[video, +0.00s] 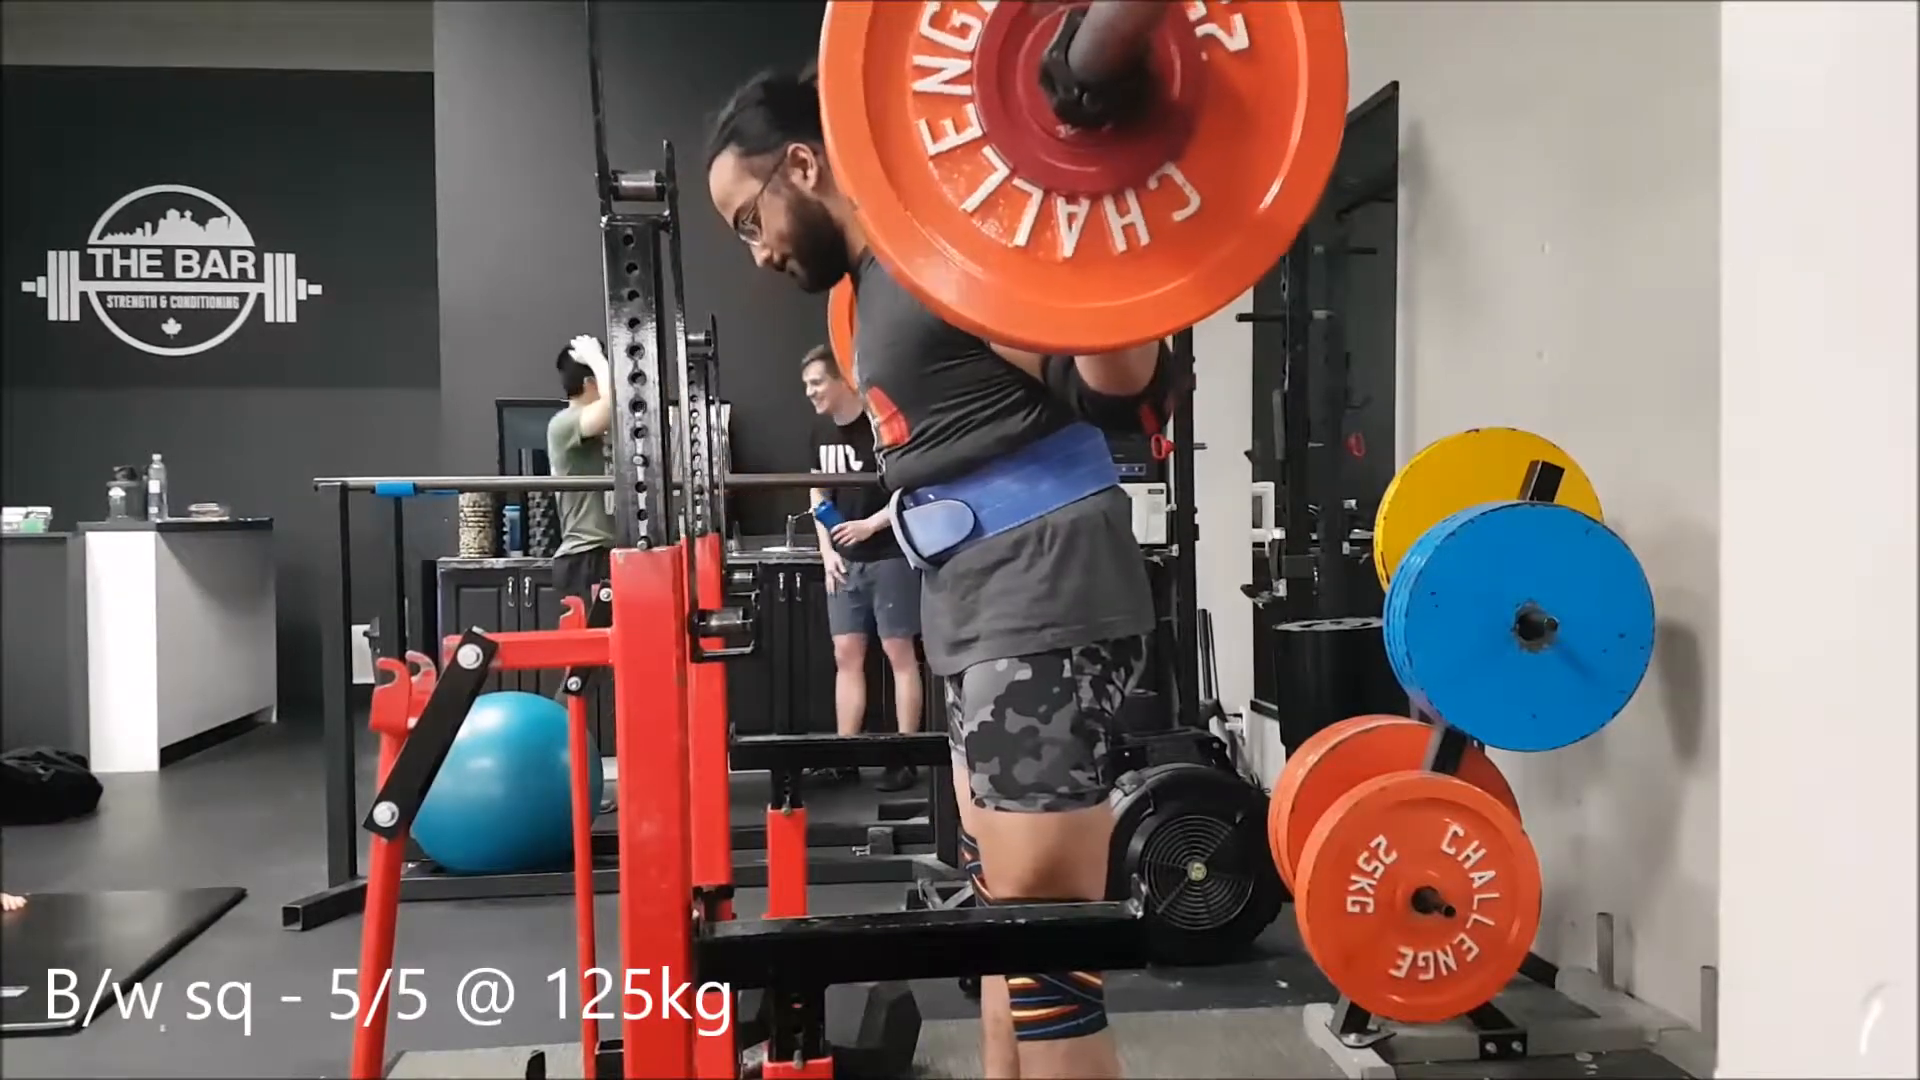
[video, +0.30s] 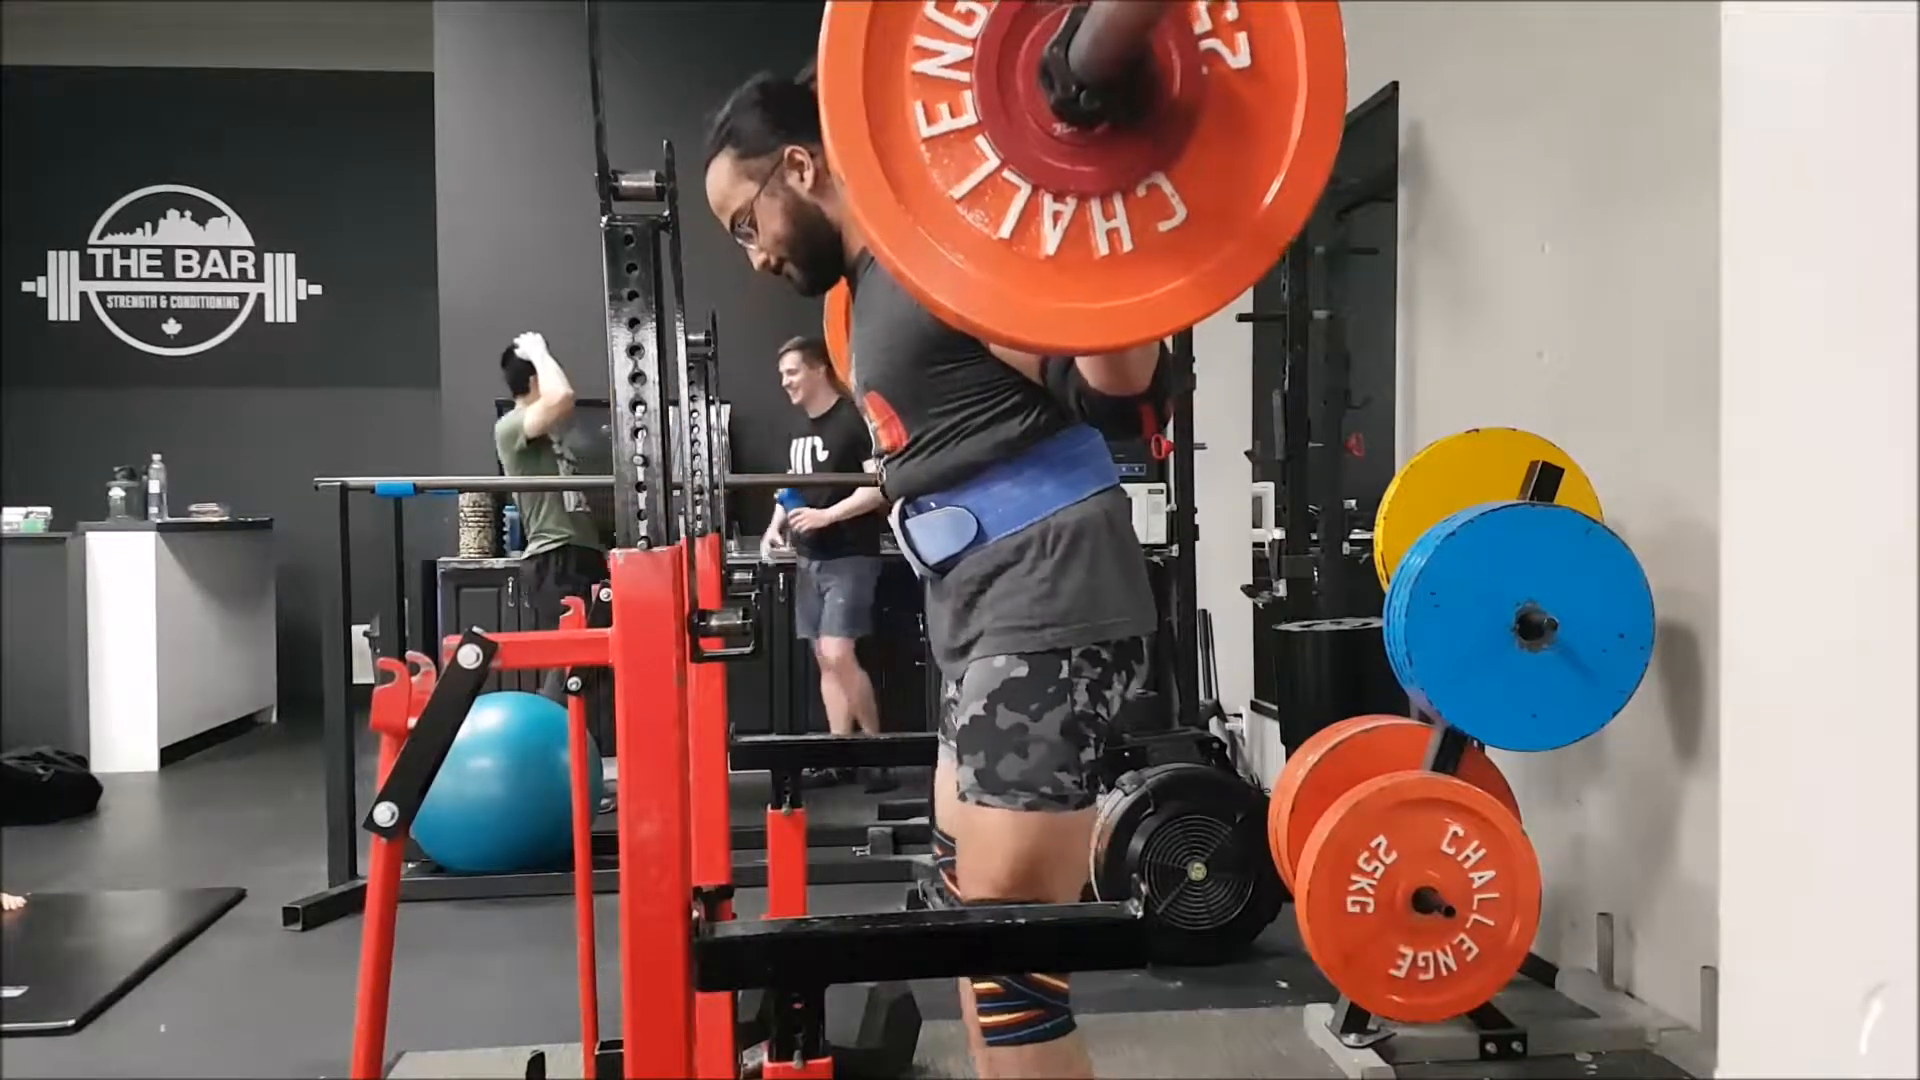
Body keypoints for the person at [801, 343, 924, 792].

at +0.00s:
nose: (811, 392)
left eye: (818, 383)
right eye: (807, 386)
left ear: (846, 380)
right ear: (811, 389)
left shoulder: (888, 427)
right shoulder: (823, 434)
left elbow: (915, 490)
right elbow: (819, 499)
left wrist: (872, 523)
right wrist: (827, 552)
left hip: (890, 556)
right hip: (844, 559)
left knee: (899, 652)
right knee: (846, 652)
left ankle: (905, 756)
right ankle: (845, 755)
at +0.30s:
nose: (786, 382)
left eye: (793, 373)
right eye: (783, 375)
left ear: (820, 371)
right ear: (789, 378)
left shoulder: (857, 421)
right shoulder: (800, 428)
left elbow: (882, 488)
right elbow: (792, 489)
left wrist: (827, 514)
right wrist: (774, 526)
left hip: (851, 556)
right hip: (811, 557)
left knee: (838, 652)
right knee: (825, 657)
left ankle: (876, 749)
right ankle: (840, 753)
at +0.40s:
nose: (778, 380)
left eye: (786, 370)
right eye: (775, 373)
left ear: (814, 370)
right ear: (780, 379)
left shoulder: (846, 420)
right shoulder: (790, 429)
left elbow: (871, 488)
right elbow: (784, 488)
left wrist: (810, 511)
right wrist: (763, 514)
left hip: (840, 552)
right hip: (799, 554)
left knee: (818, 649)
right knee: (815, 656)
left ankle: (841, 759)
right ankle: (835, 759)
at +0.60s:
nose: (763, 383)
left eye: (769, 374)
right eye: (760, 375)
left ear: (795, 373)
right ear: (769, 379)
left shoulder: (825, 423)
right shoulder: (776, 432)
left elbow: (846, 492)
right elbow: (782, 491)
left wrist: (779, 509)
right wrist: (752, 500)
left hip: (816, 558)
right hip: (782, 560)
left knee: (791, 660)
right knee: (815, 664)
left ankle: (779, 768)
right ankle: (842, 758)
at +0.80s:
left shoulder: (784, 426)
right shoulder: (746, 428)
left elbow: (805, 492)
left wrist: (740, 509)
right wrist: (729, 501)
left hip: (787, 553)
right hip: (759, 551)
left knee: (777, 663)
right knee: (757, 662)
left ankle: (767, 776)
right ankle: (823, 739)